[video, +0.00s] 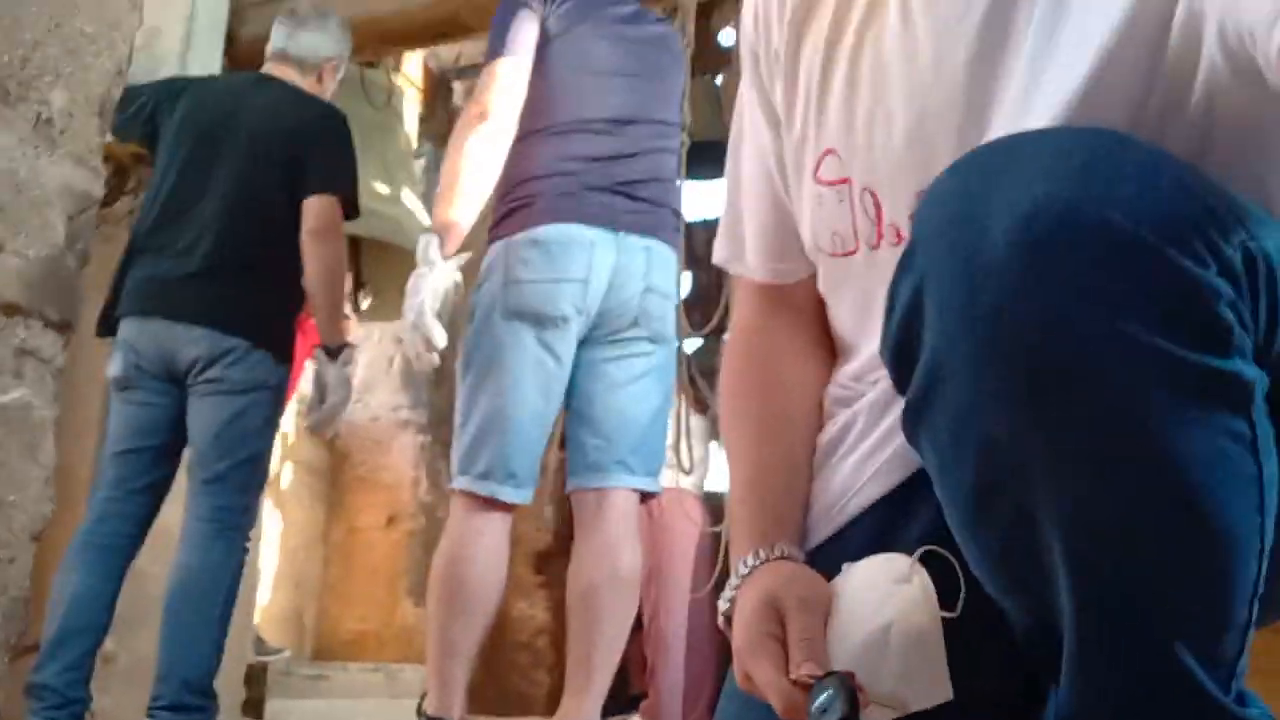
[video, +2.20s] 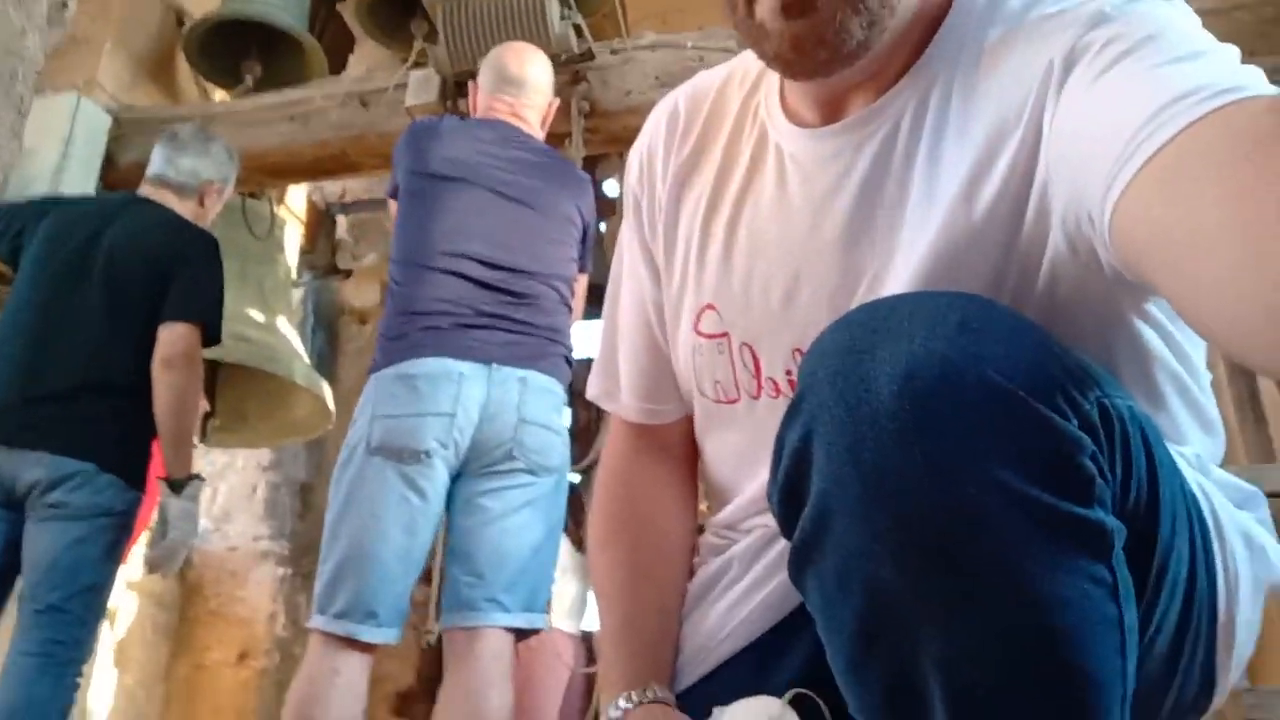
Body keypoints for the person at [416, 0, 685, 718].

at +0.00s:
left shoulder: (535, 10)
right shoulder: (667, 35)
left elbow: (491, 116)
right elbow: (665, 159)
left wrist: (442, 242)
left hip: (548, 238)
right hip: (654, 252)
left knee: (485, 495)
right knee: (613, 497)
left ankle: (444, 706)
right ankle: (582, 711)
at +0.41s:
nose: (516, 45)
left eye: (525, 32)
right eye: (524, 33)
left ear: (549, 33)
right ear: (600, 56)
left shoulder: (494, 84)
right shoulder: (636, 117)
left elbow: (446, 201)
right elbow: (630, 234)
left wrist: (400, 323)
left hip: (509, 317)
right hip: (617, 331)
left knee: (442, 570)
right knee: (575, 569)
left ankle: (402, 717)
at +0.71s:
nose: (527, 125)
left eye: (529, 116)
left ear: (535, 115)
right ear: (610, 133)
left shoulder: (507, 150)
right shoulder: (646, 183)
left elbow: (465, 264)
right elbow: (638, 298)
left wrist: (416, 395)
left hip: (525, 384)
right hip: (633, 395)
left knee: (462, 631)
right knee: (595, 631)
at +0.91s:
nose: (614, 105)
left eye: (615, 97)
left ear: (619, 96)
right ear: (698, 111)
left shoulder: (589, 128)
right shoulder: (732, 160)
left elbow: (547, 239)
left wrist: (506, 371)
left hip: (610, 359)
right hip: (719, 368)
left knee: (550, 609)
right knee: (683, 608)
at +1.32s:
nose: (575, 114)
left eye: (576, 106)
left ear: (581, 107)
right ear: (658, 120)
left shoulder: (547, 139)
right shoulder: (695, 171)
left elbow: (495, 268)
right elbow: (701, 294)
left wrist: (468, 375)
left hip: (565, 372)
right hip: (676, 382)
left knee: (501, 623)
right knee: (634, 621)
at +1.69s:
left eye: (518, 94)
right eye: (592, 108)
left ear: (514, 97)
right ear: (592, 113)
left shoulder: (468, 135)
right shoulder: (622, 175)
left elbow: (387, 267)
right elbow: (623, 297)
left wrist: (438, 271)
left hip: (484, 370)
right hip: (594, 388)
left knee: (410, 628)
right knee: (544, 630)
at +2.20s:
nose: (469, 103)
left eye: (469, 94)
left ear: (472, 97)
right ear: (552, 115)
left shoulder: (422, 138)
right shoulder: (577, 185)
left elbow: (403, 231)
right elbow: (572, 305)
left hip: (423, 374)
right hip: (536, 394)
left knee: (346, 632)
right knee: (485, 629)